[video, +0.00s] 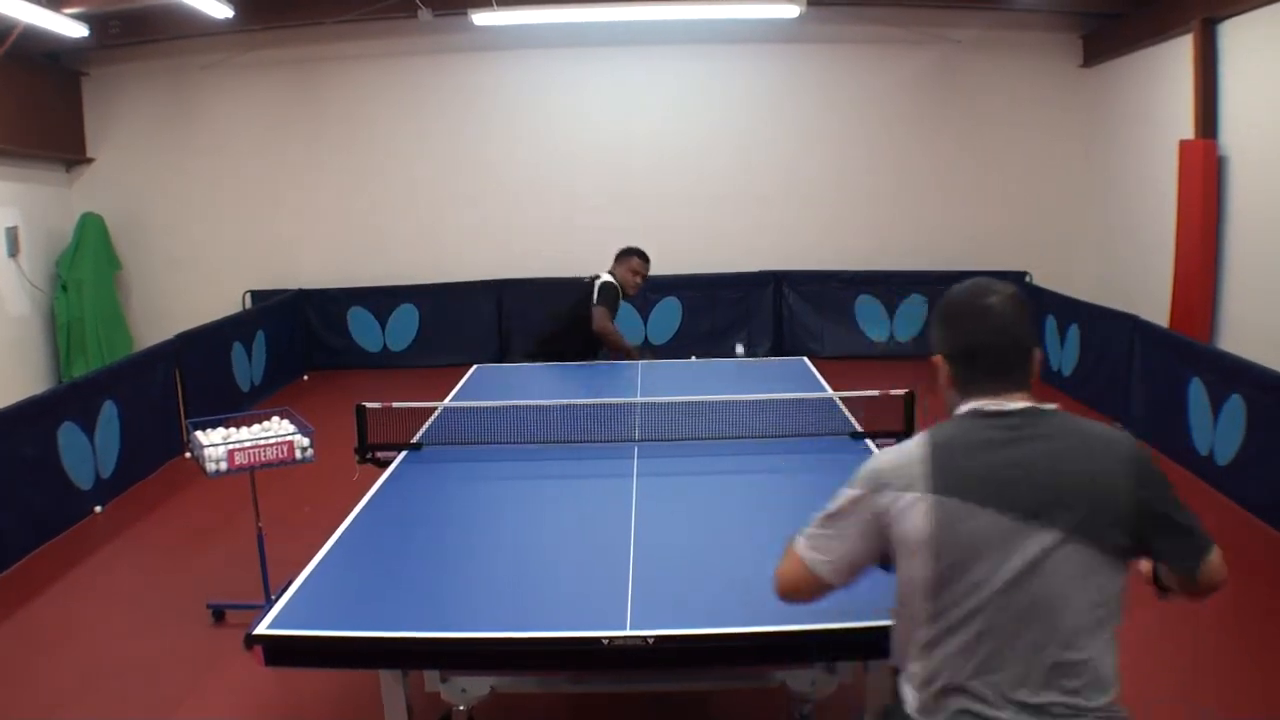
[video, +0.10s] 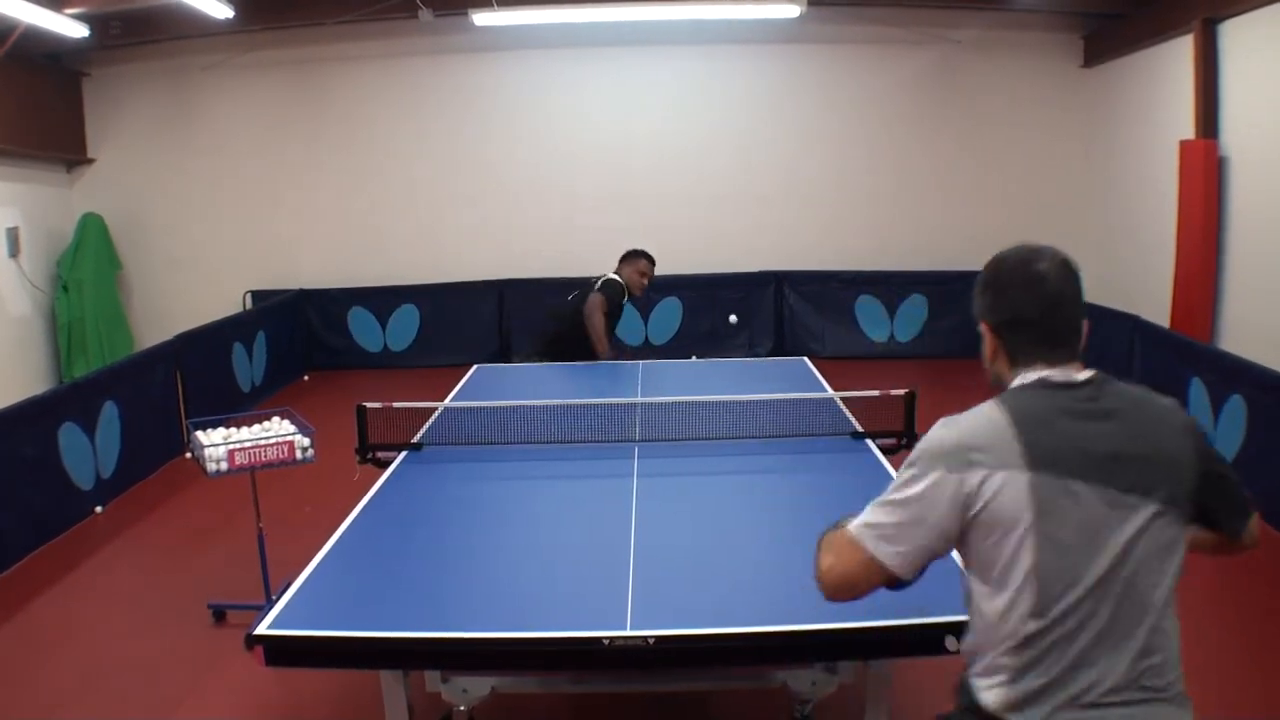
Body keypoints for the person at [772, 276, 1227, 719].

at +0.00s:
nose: (931, 370)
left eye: (933, 359)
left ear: (942, 369)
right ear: (1036, 363)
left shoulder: (901, 469)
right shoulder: (1117, 458)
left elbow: (791, 581)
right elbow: (1208, 574)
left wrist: (878, 535)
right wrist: (1158, 570)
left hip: (948, 705)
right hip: (1081, 705)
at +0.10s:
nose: (980, 344)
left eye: (980, 332)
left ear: (990, 339)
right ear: (1082, 332)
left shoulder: (966, 443)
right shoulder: (1166, 423)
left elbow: (838, 578)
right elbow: (1242, 534)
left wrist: (847, 528)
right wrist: (1145, 527)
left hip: (1016, 706)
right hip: (1154, 704)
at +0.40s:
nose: (1022, 407)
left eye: (1021, 391)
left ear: (1035, 397)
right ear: (1138, 383)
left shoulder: (1020, 522)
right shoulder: (1245, 484)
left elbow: (919, 698)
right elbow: (1264, 642)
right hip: (1243, 710)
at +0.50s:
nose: (1028, 482)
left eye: (1024, 467)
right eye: (1022, 468)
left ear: (1040, 470)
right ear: (1135, 442)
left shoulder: (1036, 597)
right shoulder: (1255, 508)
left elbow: (950, 714)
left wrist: (933, 694)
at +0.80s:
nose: (1052, 440)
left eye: (1050, 422)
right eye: (1050, 422)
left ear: (1075, 426)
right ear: (1172, 402)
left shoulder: (1081, 538)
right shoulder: (1268, 471)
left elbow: (892, 584)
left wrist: (803, 520)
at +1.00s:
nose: (1089, 420)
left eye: (1088, 402)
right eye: (1087, 401)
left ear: (1117, 415)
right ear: (1210, 395)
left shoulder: (1125, 550)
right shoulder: (1270, 479)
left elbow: (928, 667)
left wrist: (856, 564)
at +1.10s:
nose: (1076, 395)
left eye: (1074, 376)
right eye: (1071, 375)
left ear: (1105, 382)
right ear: (1198, 355)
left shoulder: (1131, 517)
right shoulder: (1266, 446)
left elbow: (991, 699)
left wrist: (891, 653)